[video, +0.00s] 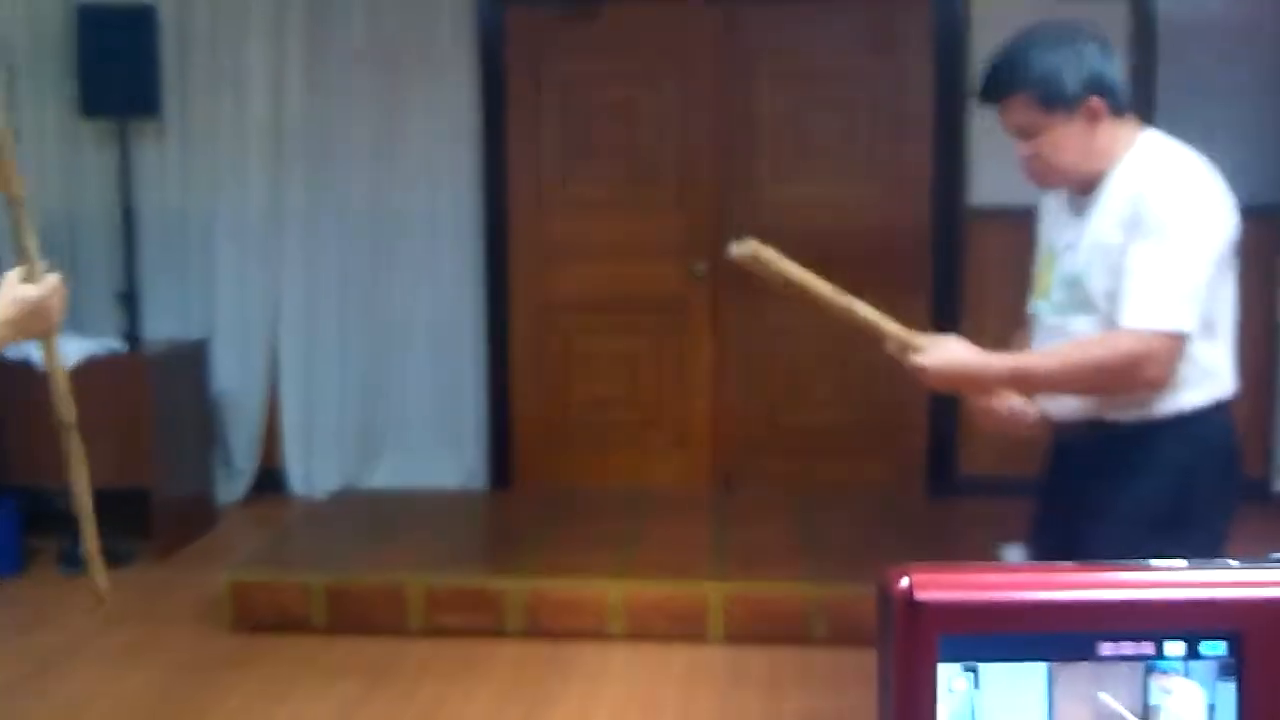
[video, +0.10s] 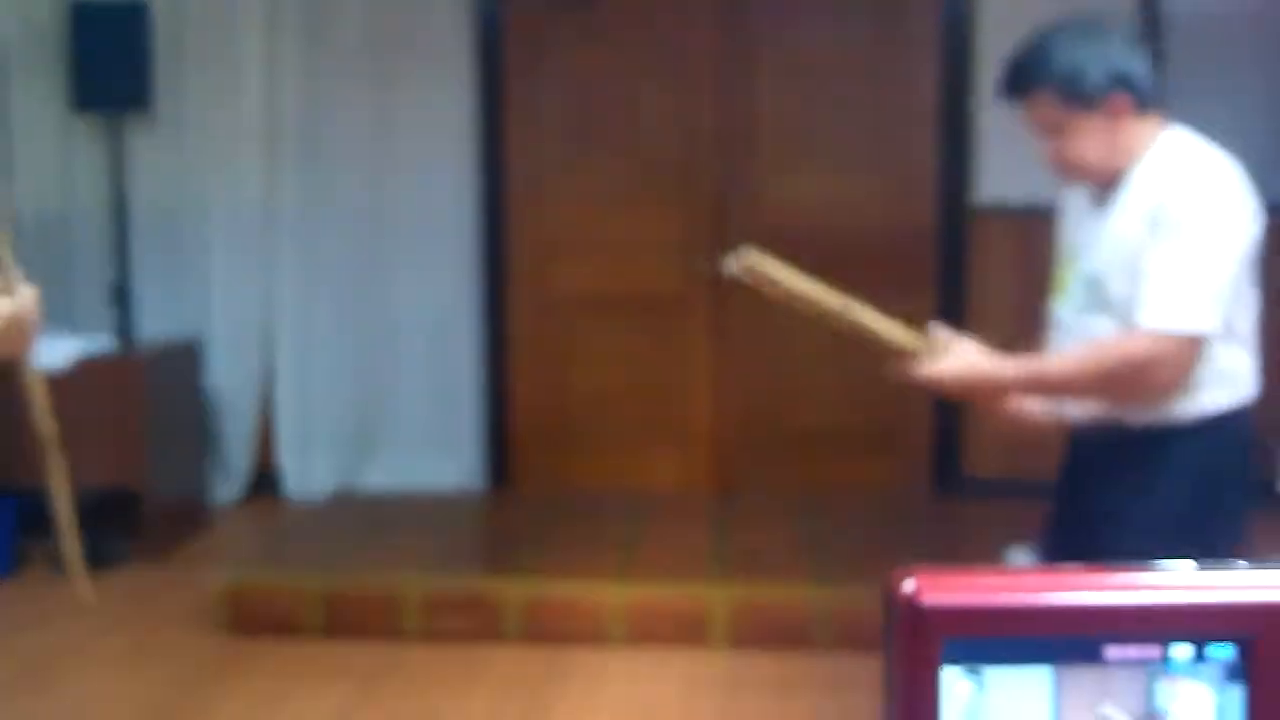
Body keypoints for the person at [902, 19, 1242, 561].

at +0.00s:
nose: (1024, 158)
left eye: (1032, 135)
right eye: (1017, 138)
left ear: (1093, 113)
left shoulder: (1178, 187)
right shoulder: (1062, 192)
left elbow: (1147, 359)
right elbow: (1054, 334)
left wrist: (984, 369)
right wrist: (1015, 395)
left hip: (1168, 458)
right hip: (1081, 451)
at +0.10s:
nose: (1048, 154)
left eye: (1057, 130)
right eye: (1042, 134)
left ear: (1117, 109)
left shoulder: (1201, 182)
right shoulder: (1085, 190)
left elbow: (1161, 362)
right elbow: (1089, 344)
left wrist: (996, 373)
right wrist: (1022, 399)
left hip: (1183, 460)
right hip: (1099, 453)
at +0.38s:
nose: (1101, 157)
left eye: (1110, 134)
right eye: (1095, 137)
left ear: (1173, 114)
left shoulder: (1255, 190)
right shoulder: (1133, 192)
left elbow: (1239, 377)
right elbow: (1129, 337)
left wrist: (1089, 404)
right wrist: (1066, 385)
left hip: (1226, 481)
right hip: (1125, 471)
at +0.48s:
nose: (1127, 155)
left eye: (1136, 135)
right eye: (1120, 137)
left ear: (1202, 115)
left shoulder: (1267, 193)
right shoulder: (1146, 198)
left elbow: (1265, 381)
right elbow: (1136, 340)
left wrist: (1109, 398)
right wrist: (1086, 403)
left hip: (1241, 480)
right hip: (1140, 472)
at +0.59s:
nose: (1149, 161)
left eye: (1160, 143)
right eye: (1142, 144)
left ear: (1229, 123)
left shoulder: (1270, 209)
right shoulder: (1162, 195)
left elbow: (1276, 389)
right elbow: (1154, 325)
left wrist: (1128, 400)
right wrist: (1093, 399)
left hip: (1253, 480)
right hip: (1158, 477)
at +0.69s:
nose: (1164, 168)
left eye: (1175, 150)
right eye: (1157, 150)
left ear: (1247, 128)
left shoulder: (1272, 221)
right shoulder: (1177, 206)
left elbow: (1274, 411)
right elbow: (1154, 328)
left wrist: (1162, 439)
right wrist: (1095, 421)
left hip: (1259, 495)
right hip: (1172, 493)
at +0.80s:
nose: (1179, 172)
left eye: (1189, 154)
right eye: (1172, 155)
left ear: (1260, 133)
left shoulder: (1273, 224)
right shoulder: (1185, 204)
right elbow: (1170, 329)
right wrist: (1106, 441)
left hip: (1260, 479)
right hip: (1179, 468)